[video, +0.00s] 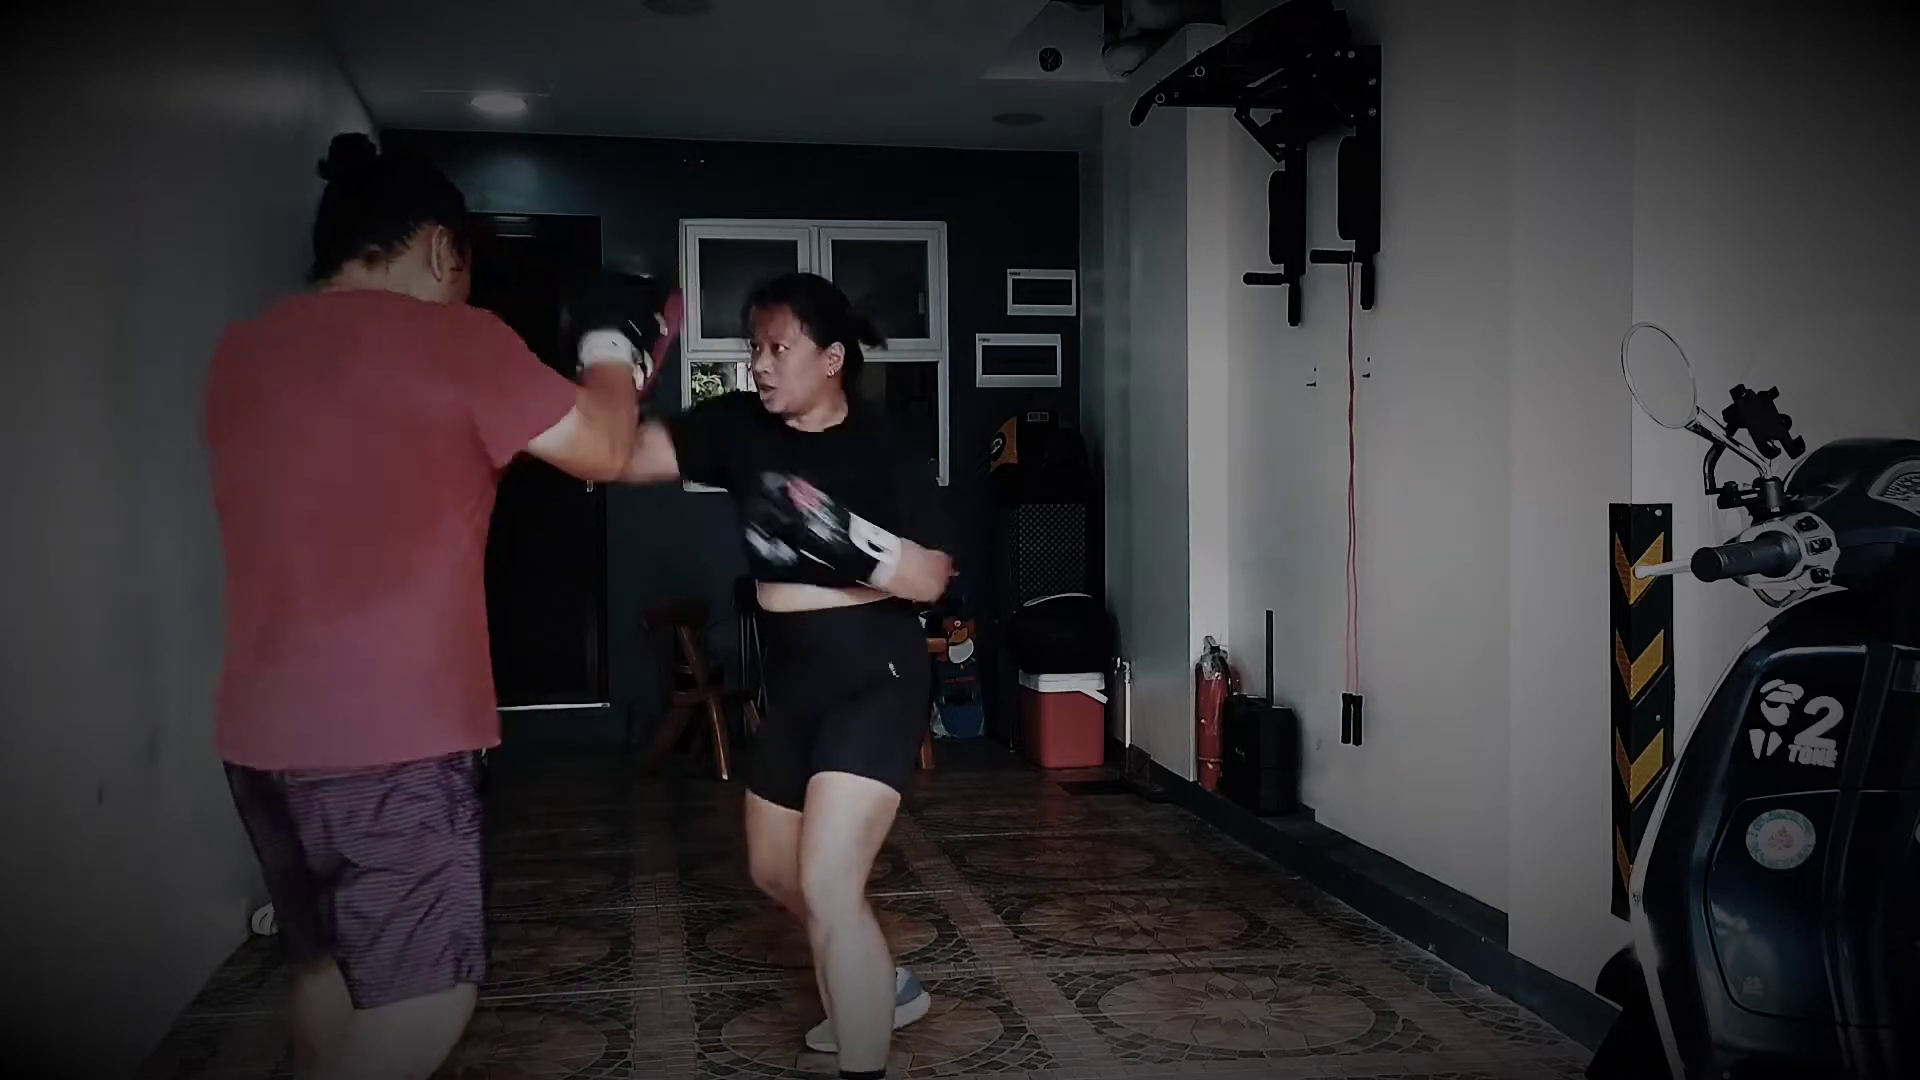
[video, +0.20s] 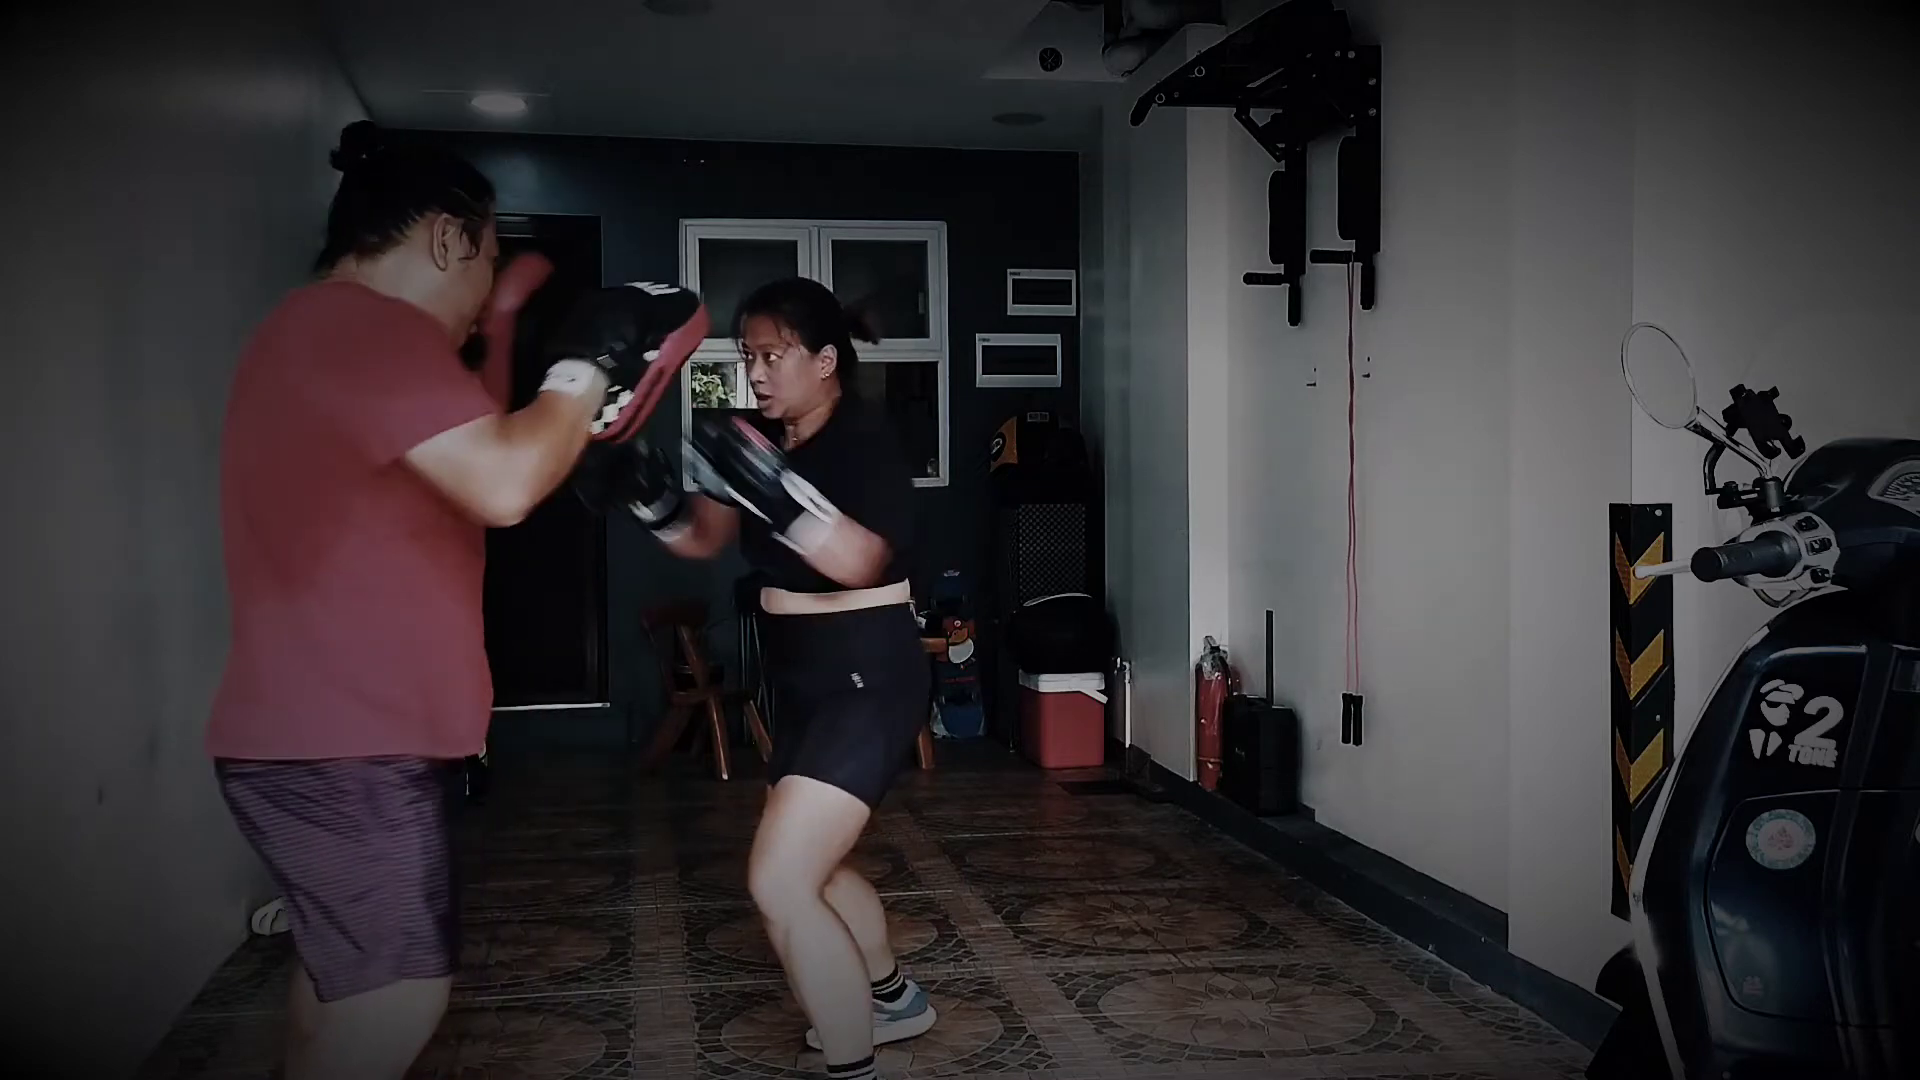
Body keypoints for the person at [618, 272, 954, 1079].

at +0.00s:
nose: (758, 364)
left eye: (777, 349)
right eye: (755, 347)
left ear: (833, 356)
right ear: (752, 351)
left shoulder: (884, 447)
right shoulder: (743, 433)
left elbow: (929, 580)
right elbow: (617, 455)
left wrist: (833, 536)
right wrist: (614, 370)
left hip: (878, 670)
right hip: (790, 673)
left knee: (831, 880)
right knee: (774, 868)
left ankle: (861, 1066)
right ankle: (884, 990)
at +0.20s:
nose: (755, 373)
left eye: (771, 355)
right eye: (748, 357)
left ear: (826, 358)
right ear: (748, 363)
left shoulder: (867, 442)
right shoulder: (764, 452)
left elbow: (863, 563)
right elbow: (706, 537)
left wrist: (778, 495)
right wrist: (649, 497)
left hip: (870, 674)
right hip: (800, 674)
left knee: (780, 880)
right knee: (816, 862)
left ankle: (854, 1069)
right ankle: (889, 993)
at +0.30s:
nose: (744, 385)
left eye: (760, 367)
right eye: (739, 368)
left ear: (814, 370)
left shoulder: (840, 433)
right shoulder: (775, 443)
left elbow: (740, 500)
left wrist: (664, 430)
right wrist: (721, 528)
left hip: (872, 682)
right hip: (804, 674)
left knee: (764, 896)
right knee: (812, 867)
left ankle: (836, 1074)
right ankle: (884, 995)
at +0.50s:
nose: (809, 383)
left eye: (830, 367)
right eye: (804, 365)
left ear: (883, 378)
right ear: (798, 368)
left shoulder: (927, 472)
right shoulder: (785, 440)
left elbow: (910, 598)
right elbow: (671, 479)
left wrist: (849, 513)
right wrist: (659, 405)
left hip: (890, 696)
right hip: (805, 689)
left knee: (809, 895)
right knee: (778, 876)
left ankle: (844, 1071)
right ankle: (905, 989)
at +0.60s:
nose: (845, 390)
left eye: (867, 375)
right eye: (838, 371)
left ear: (915, 384)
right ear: (829, 371)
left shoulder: (949, 468)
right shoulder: (805, 439)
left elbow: (943, 604)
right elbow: (693, 464)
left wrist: (896, 514)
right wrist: (663, 386)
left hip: (895, 692)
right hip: (805, 685)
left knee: (811, 892)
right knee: (801, 882)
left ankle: (844, 1070)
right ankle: (914, 1007)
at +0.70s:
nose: (861, 383)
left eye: (879, 368)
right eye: (852, 368)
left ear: (929, 376)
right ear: (842, 371)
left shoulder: (956, 457)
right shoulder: (833, 438)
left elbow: (939, 587)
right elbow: (738, 517)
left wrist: (905, 482)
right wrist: (713, 458)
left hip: (910, 674)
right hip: (824, 668)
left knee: (809, 883)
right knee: (829, 880)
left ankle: (843, 1072)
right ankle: (923, 1012)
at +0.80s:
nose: (870, 375)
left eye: (884, 358)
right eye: (861, 361)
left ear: (932, 359)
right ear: (856, 366)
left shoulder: (964, 436)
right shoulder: (859, 434)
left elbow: (905, 548)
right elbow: (784, 535)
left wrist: (883, 439)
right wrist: (785, 442)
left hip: (932, 668)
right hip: (859, 663)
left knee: (816, 870)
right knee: (854, 866)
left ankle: (837, 1070)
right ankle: (921, 1009)